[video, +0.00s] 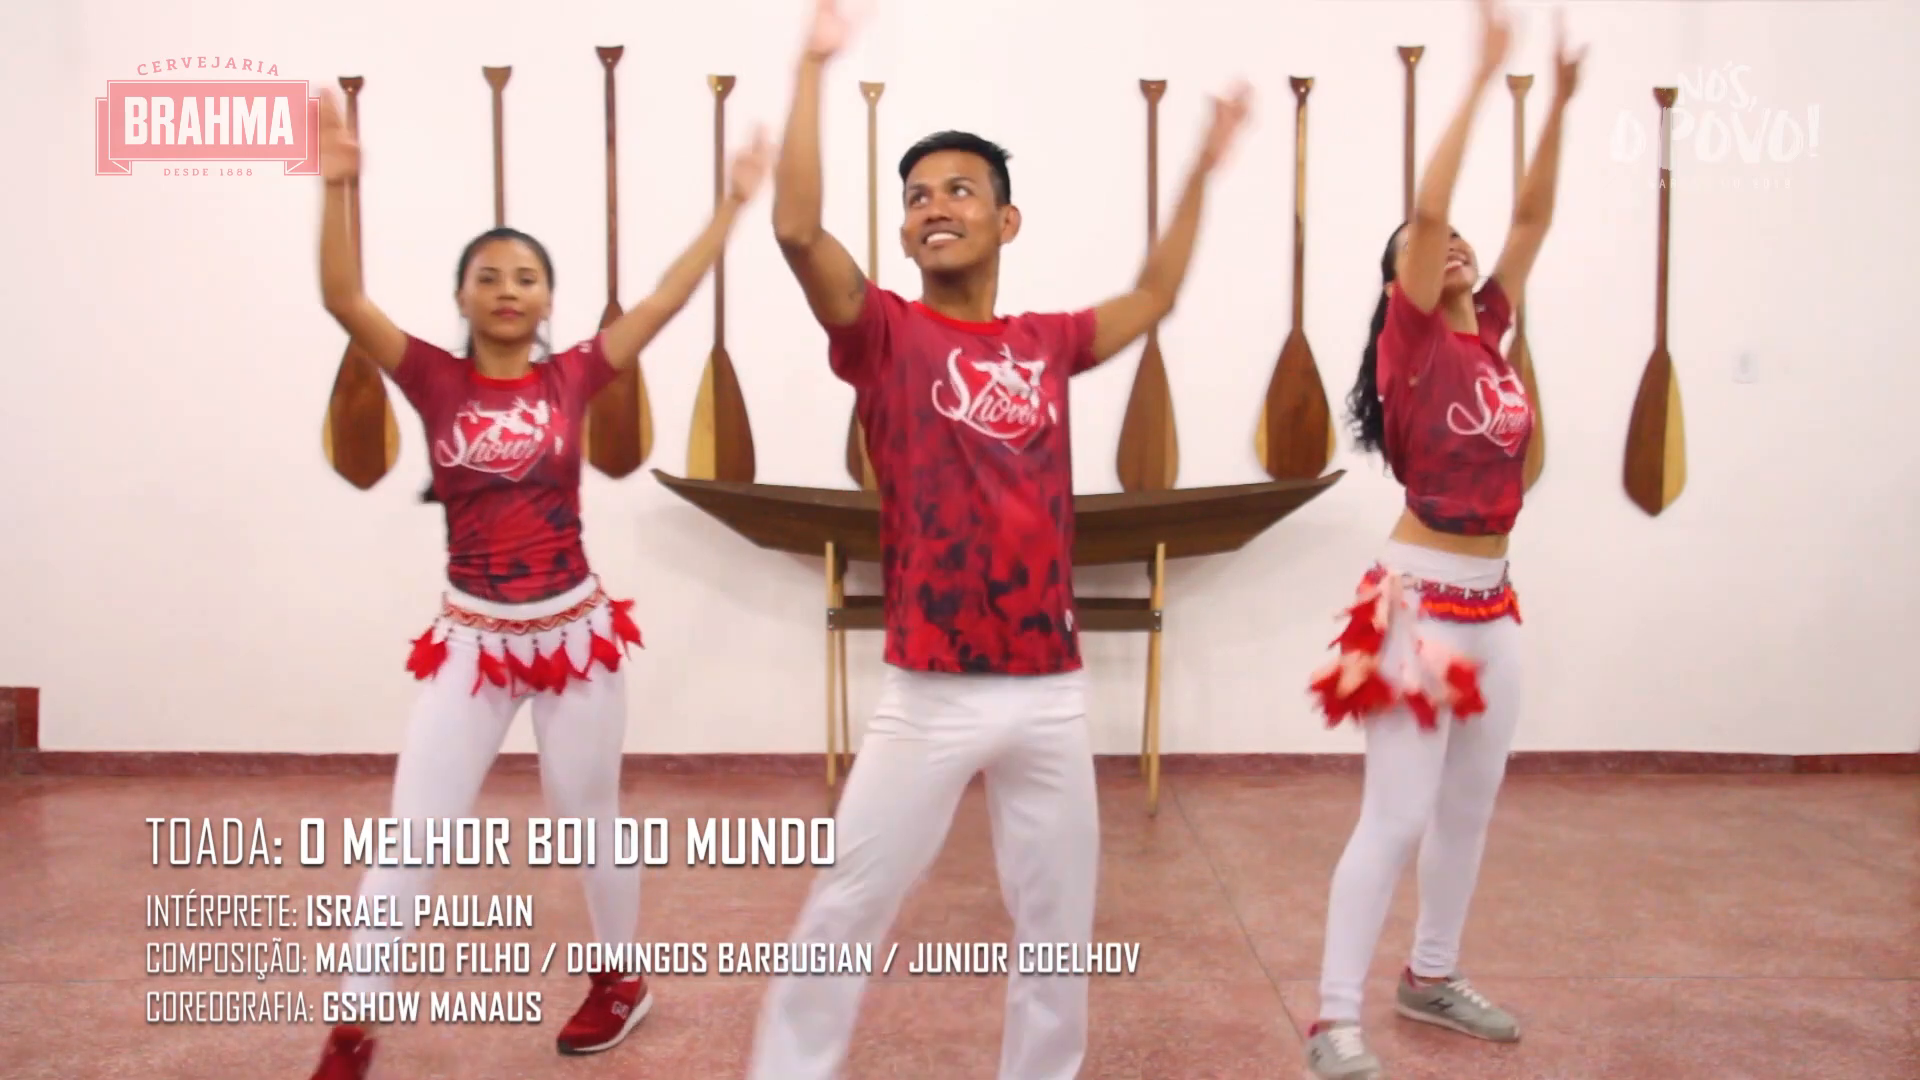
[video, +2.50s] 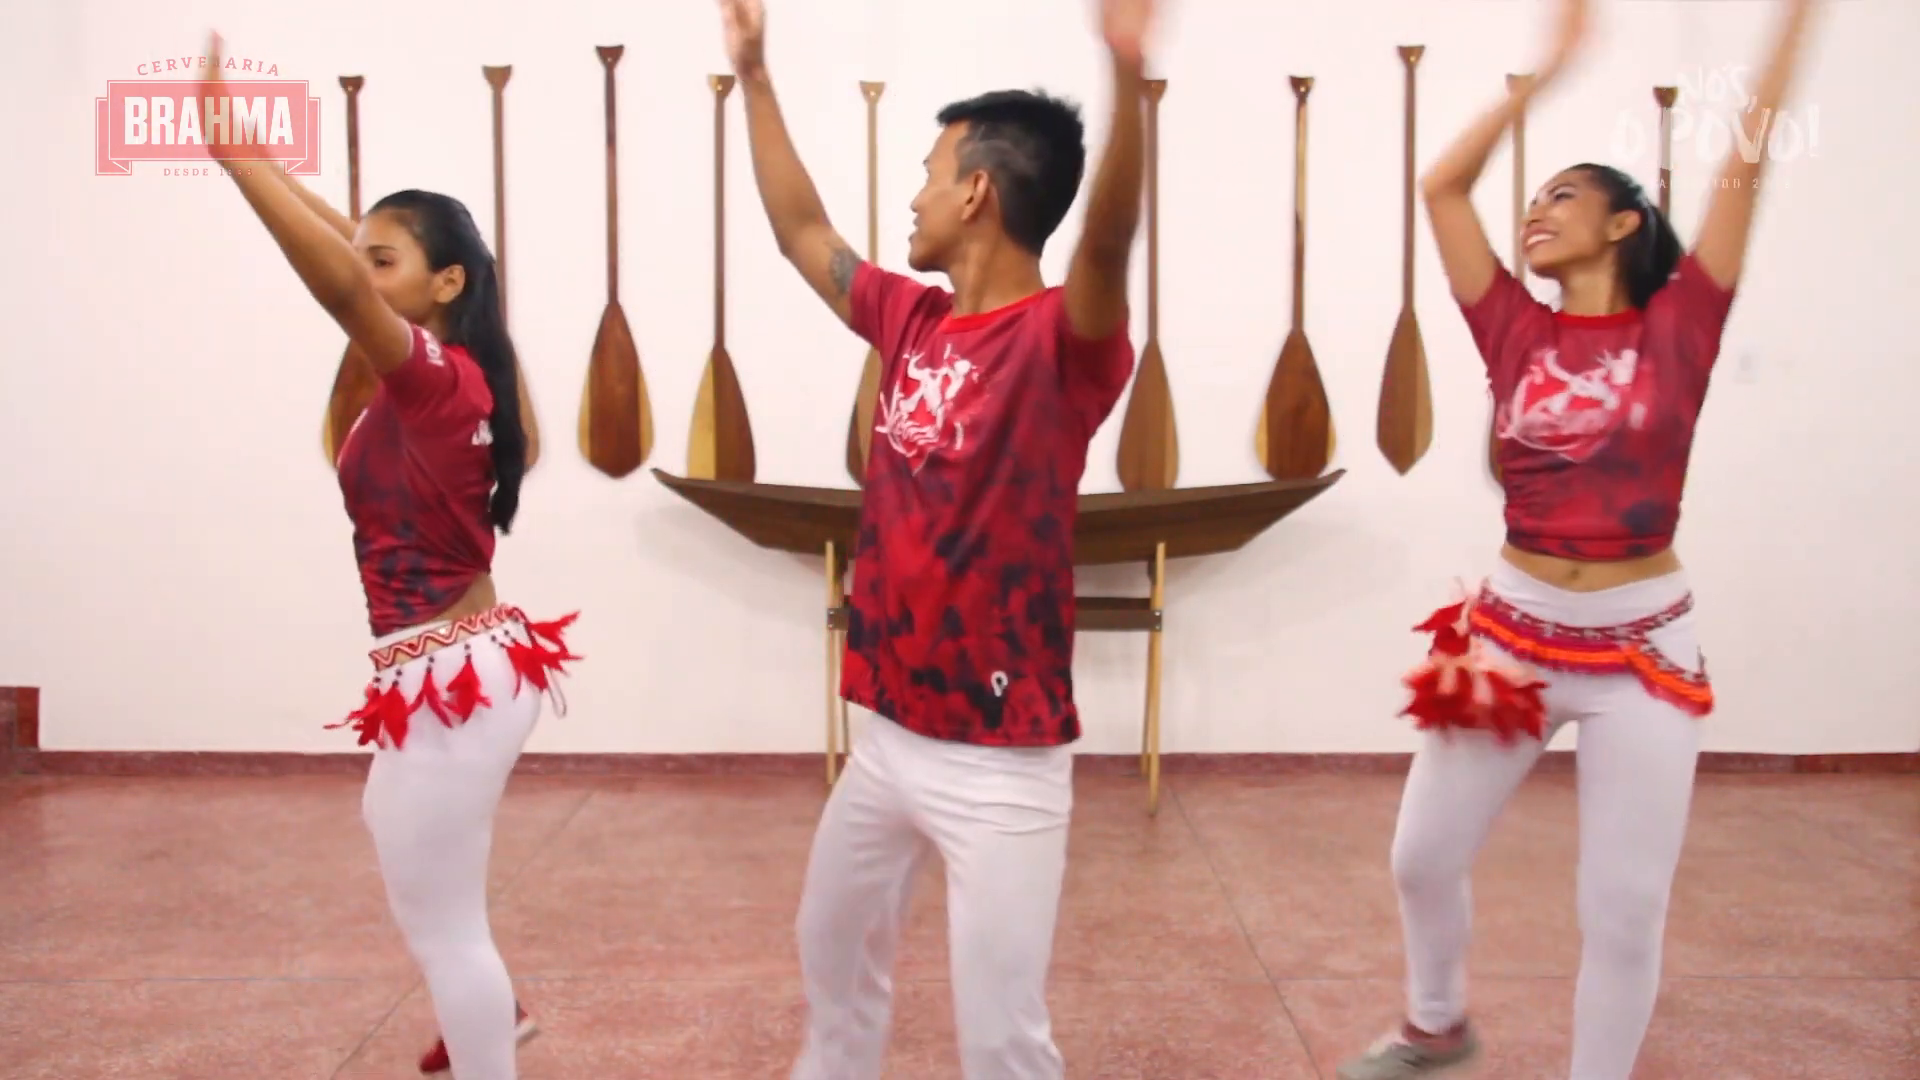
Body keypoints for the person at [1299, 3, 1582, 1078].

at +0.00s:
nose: (1459, 248)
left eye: (1461, 239)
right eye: (1436, 242)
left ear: (1475, 263)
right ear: (1410, 272)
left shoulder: (1488, 331)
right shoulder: (1414, 340)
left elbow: (1531, 218)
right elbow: (1428, 208)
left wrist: (1559, 101)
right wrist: (1483, 70)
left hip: (1490, 604)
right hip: (1416, 599)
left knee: (1466, 810)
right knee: (1395, 819)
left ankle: (1433, 977)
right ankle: (1336, 1021)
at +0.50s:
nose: (1402, 251)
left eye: (1415, 243)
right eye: (1381, 244)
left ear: (1440, 274)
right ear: (1356, 278)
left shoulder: (1460, 356)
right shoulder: (1337, 350)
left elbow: (1530, 238)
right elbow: (1255, 269)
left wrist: (1462, 235)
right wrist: (1168, 181)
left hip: (1416, 627)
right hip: (1326, 615)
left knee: (1514, 821)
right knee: (1352, 840)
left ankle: (1417, 954)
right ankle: (1331, 1051)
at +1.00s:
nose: (1443, 277)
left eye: (1461, 264)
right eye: (1426, 259)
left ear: (1487, 282)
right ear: (1399, 271)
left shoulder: (1487, 368)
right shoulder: (1354, 356)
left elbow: (1523, 246)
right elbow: (1234, 302)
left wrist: (1368, 239)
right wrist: (1124, 258)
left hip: (1439, 638)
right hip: (1326, 629)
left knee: (1476, 875)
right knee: (1342, 854)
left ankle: (1406, 988)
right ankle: (1331, 1050)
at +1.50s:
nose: (1544, 250)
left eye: (1568, 240)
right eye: (1528, 233)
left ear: (1593, 270)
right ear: (1496, 252)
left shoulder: (1580, 360)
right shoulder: (1460, 324)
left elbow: (1669, 253)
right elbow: (1447, 178)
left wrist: (1768, 128)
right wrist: (1487, 44)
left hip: (1536, 628)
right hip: (1425, 628)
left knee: (1564, 891)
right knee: (1401, 878)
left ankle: (1593, 1074)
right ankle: (1384, 1054)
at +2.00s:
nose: (1626, 243)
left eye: (1646, 226)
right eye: (1604, 226)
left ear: (1669, 248)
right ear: (1566, 245)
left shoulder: (1686, 368)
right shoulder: (1522, 335)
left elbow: (1847, 329)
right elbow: (1526, 179)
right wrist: (1693, 203)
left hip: (1655, 657)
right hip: (1523, 657)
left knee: (1642, 916)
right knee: (1506, 918)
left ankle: (1614, 1077)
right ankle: (1491, 1052)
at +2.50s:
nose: (1533, 213)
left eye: (1560, 197)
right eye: (1533, 203)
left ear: (1621, 225)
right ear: (1538, 236)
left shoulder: (1676, 329)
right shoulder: (1515, 328)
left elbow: (1746, 148)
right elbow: (1442, 188)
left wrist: (1799, 13)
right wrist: (1535, 69)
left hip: (1642, 640)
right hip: (1510, 626)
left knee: (1623, 911)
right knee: (1421, 856)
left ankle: (1595, 1075)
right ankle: (1434, 1031)